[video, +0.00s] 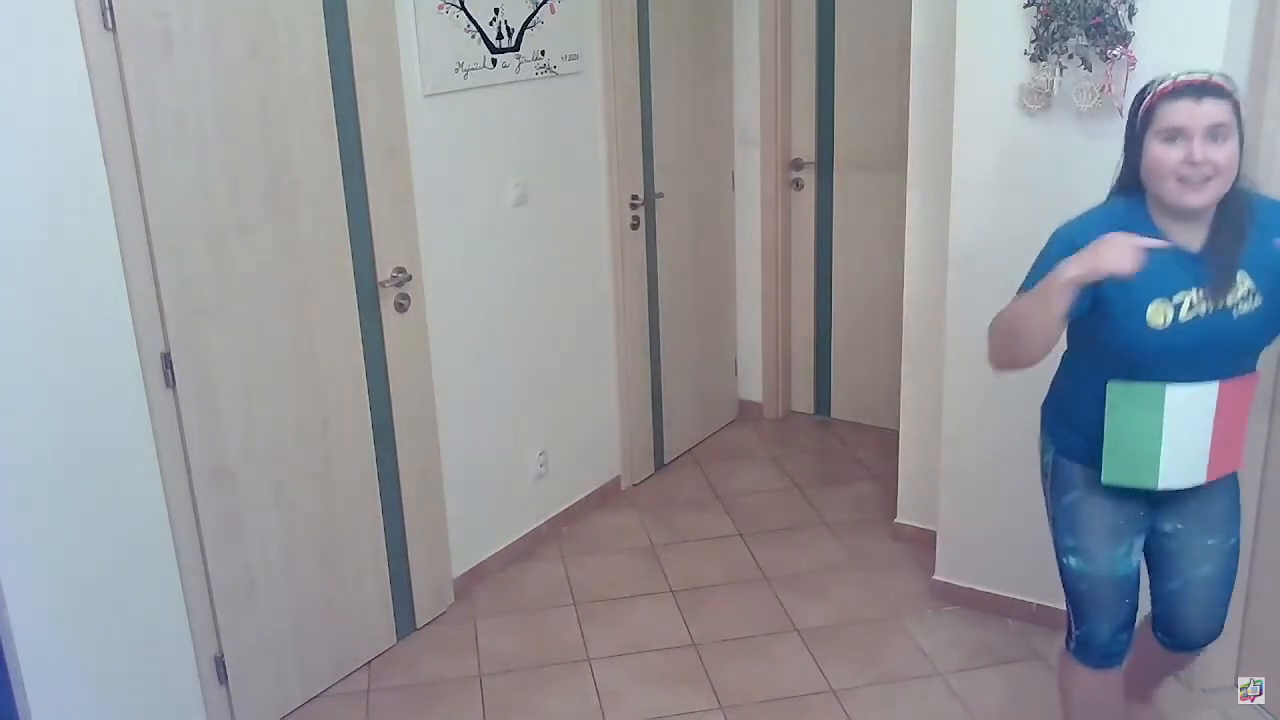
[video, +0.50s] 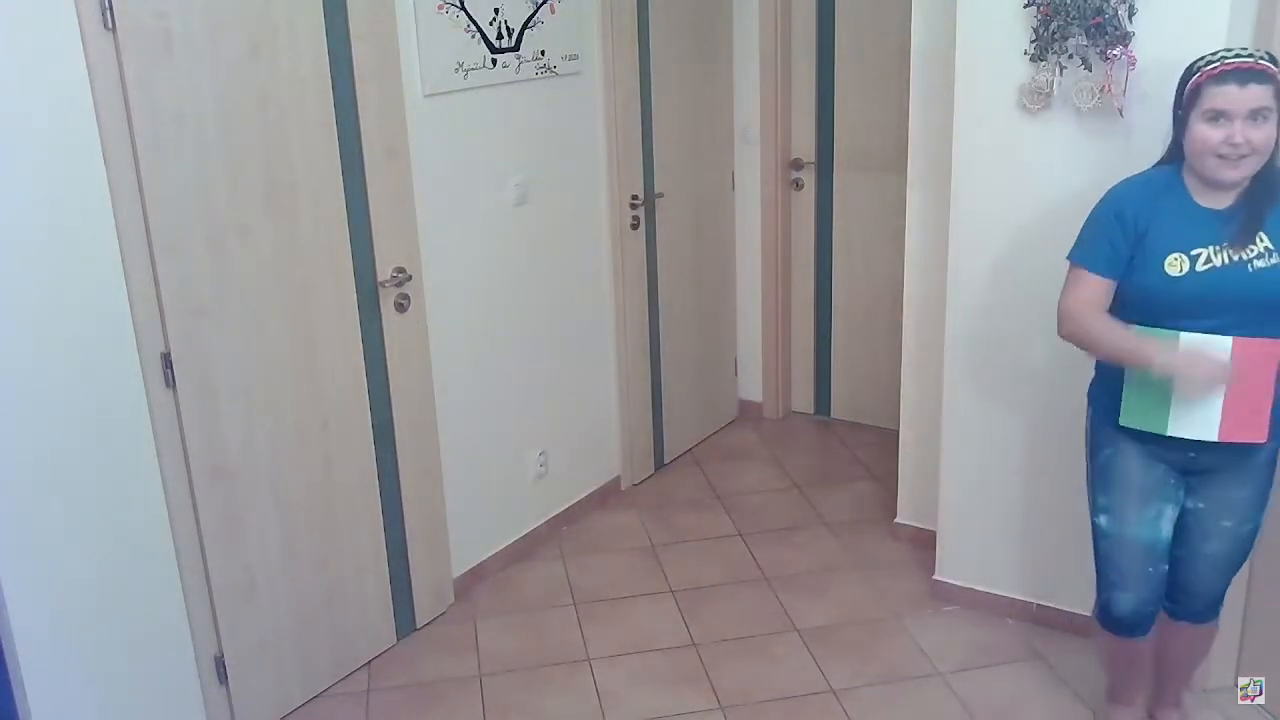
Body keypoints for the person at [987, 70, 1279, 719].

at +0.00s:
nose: (1197, 155)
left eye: (1216, 135)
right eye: (1173, 137)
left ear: (1238, 150)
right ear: (1138, 152)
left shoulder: (1267, 228)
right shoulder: (1090, 239)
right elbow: (1005, 354)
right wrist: (1074, 271)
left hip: (1208, 461)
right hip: (1096, 463)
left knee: (1191, 627)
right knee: (1102, 636)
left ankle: (1132, 695)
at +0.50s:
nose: (1236, 136)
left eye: (1255, 117)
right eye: (1216, 117)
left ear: (1277, 128)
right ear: (1183, 126)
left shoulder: (1275, 212)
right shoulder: (1134, 203)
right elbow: (1075, 315)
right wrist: (1168, 358)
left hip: (1244, 443)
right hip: (1136, 434)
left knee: (1197, 602)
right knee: (1127, 605)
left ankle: (1171, 704)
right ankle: (1123, 706)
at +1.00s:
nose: (1194, 125)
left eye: (1214, 108)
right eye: (1175, 108)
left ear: (1237, 119)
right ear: (1147, 119)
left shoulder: (1269, 203)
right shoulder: (1098, 197)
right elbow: (1013, 263)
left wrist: (1250, 340)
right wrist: (920, 306)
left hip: (1228, 443)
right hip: (1121, 438)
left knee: (1195, 604)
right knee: (1125, 607)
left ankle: (1173, 705)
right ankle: (1111, 698)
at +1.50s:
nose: (1098, 134)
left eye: (1118, 119)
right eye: (1081, 118)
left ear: (1141, 133)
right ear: (1055, 129)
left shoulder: (1180, 221)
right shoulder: (1014, 211)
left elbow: (1263, 310)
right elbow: (954, 315)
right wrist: (969, 365)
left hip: (1117, 458)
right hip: (1020, 447)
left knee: (1039, 627)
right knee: (1062, 589)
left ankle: (1026, 714)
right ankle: (1123, 693)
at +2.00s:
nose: (928, 140)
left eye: (945, 127)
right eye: (911, 126)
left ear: (969, 141)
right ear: (885, 139)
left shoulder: (997, 233)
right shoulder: (838, 224)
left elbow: (1086, 309)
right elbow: (758, 315)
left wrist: (1143, 288)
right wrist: (690, 397)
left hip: (963, 458)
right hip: (856, 457)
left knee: (973, 615)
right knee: (845, 629)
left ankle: (998, 715)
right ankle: (831, 717)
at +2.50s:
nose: (761, 144)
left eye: (777, 127)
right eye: (744, 128)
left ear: (802, 131)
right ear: (723, 133)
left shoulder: (837, 201)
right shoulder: (691, 204)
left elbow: (878, 308)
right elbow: (607, 269)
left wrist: (819, 318)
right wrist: (511, 316)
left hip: (800, 415)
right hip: (716, 415)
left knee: (755, 547)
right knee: (764, 577)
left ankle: (704, 639)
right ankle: (792, 709)